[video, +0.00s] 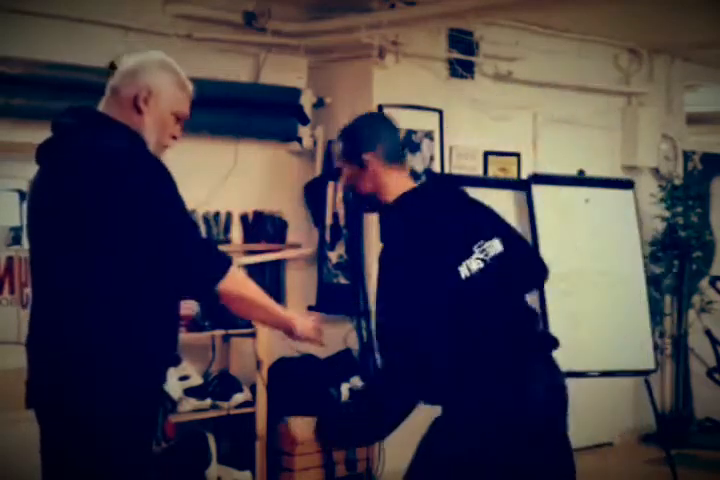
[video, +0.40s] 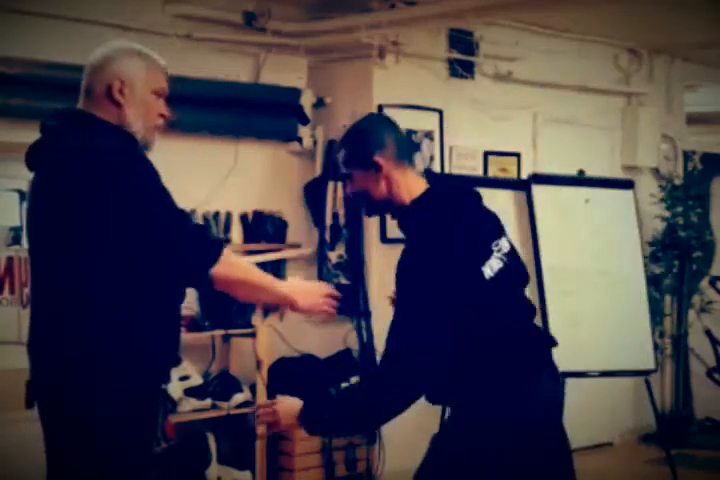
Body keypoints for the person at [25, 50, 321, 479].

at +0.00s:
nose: (178, 136)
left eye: (182, 125)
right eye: (176, 120)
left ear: (136, 99)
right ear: (141, 101)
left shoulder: (59, 161)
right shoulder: (134, 168)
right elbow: (208, 272)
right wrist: (290, 322)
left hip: (60, 382)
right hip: (117, 390)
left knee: (66, 472)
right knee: (118, 470)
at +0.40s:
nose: (166, 112)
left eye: (165, 99)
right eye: (159, 96)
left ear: (120, 92)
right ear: (119, 92)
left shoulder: (60, 157)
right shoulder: (113, 159)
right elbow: (203, 260)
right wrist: (291, 293)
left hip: (66, 379)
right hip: (113, 386)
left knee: (75, 471)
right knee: (120, 470)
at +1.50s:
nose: (155, 114)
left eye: (155, 101)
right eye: (149, 98)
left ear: (112, 92)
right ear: (112, 92)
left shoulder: (55, 154)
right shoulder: (106, 155)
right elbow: (188, 230)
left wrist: (212, 239)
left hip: (68, 374)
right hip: (113, 379)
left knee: (74, 471)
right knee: (118, 470)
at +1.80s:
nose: (175, 136)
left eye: (179, 123)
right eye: (174, 118)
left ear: (133, 97)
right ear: (141, 99)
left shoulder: (56, 158)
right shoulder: (136, 165)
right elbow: (221, 262)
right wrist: (302, 312)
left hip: (57, 376)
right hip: (120, 382)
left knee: (63, 472)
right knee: (121, 471)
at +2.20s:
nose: (178, 129)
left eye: (181, 117)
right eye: (174, 112)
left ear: (134, 98)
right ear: (138, 98)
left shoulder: (68, 154)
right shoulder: (124, 161)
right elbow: (207, 266)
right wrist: (293, 312)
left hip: (66, 378)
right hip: (115, 388)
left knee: (70, 471)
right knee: (115, 471)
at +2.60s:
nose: (170, 101)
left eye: (167, 89)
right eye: (162, 87)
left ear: (119, 91)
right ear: (123, 91)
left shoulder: (64, 161)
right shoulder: (124, 164)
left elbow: (110, 274)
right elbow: (174, 276)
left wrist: (181, 324)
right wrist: (253, 335)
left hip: (69, 370)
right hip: (116, 379)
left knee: (74, 470)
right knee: (120, 470)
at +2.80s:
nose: (166, 100)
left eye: (164, 87)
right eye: (157, 85)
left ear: (118, 92)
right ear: (120, 91)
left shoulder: (68, 159)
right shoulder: (116, 161)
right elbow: (186, 269)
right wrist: (270, 305)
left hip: (74, 380)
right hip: (115, 388)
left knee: (77, 470)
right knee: (117, 470)